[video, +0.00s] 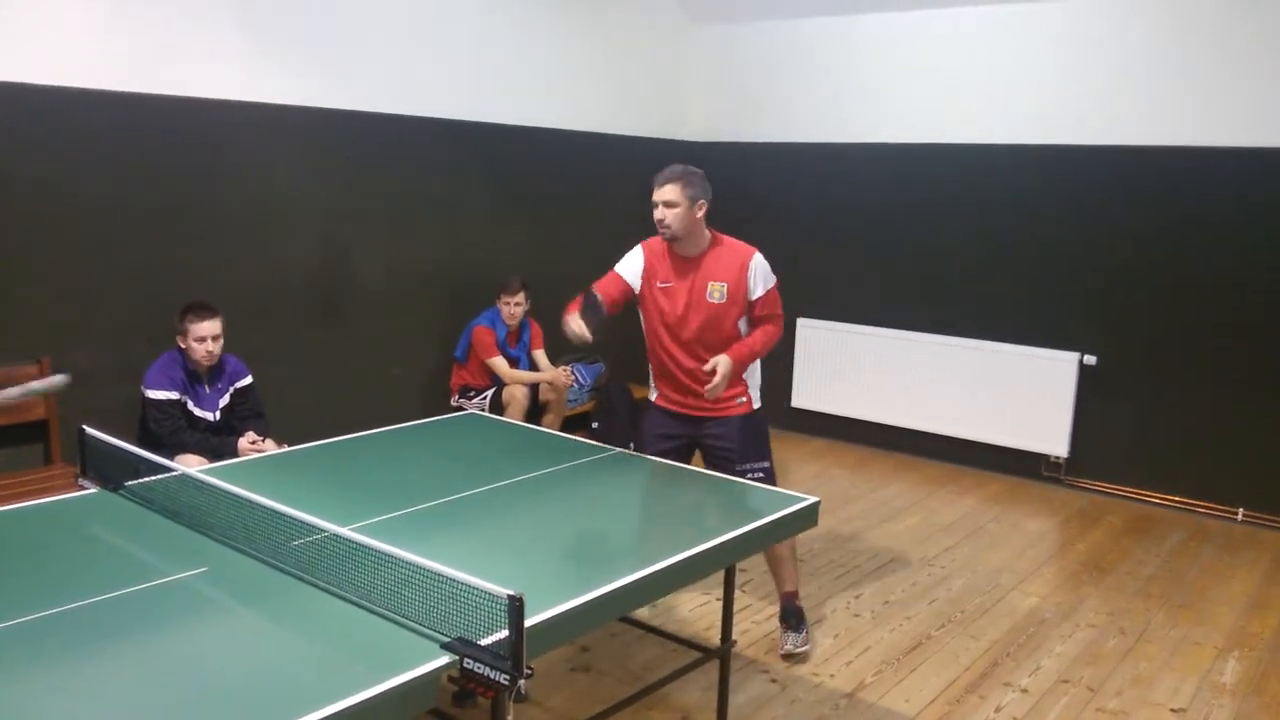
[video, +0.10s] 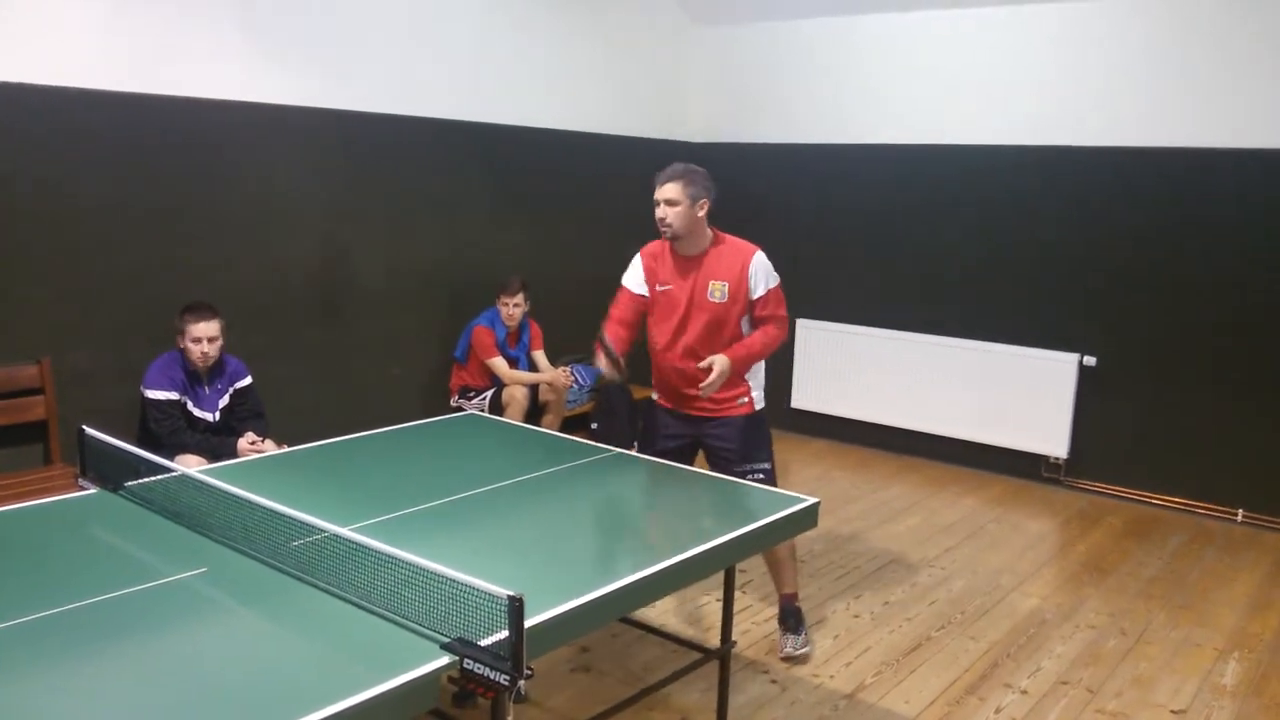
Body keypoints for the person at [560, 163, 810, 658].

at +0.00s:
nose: (658, 216)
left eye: (668, 207)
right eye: (655, 206)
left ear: (699, 209)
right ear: (656, 209)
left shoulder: (745, 261)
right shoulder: (647, 255)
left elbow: (771, 324)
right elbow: (599, 296)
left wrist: (734, 358)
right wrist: (577, 316)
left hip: (732, 412)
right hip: (667, 408)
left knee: (763, 507)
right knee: (639, 497)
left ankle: (791, 611)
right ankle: (623, 584)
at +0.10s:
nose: (659, 213)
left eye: (669, 204)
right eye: (656, 204)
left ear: (702, 207)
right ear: (657, 208)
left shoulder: (747, 260)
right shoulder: (648, 260)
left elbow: (775, 326)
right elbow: (620, 323)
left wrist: (731, 358)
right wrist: (607, 358)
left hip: (734, 413)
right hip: (667, 408)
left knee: (763, 507)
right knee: (642, 501)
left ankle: (790, 612)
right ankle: (618, 588)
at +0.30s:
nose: (674, 217)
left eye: (685, 208)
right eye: (672, 208)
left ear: (717, 212)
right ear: (672, 212)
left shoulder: (765, 269)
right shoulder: (669, 269)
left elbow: (784, 346)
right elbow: (670, 334)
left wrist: (726, 385)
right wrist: (673, 380)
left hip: (758, 422)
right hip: (693, 419)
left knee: (776, 517)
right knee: (668, 507)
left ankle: (793, 616)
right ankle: (638, 589)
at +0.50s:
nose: (696, 209)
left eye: (707, 201)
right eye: (694, 200)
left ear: (740, 206)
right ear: (696, 206)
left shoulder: (782, 265)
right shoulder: (697, 261)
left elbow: (796, 344)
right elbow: (699, 329)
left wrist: (728, 377)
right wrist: (699, 365)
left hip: (781, 424)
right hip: (724, 416)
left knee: (787, 523)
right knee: (699, 503)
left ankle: (793, 616)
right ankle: (686, 578)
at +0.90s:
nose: (690, 259)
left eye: (697, 248)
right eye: (686, 250)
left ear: (727, 236)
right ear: (687, 244)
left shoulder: (788, 274)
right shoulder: (695, 287)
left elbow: (826, 347)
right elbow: (697, 352)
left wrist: (794, 414)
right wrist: (712, 404)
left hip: (807, 407)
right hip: (745, 408)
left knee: (818, 508)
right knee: (717, 496)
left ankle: (825, 619)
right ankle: (715, 582)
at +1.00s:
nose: (696, 294)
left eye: (700, 284)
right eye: (689, 286)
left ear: (723, 263)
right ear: (682, 275)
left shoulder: (788, 281)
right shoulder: (689, 300)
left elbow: (831, 345)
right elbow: (687, 348)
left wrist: (826, 413)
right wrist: (698, 402)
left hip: (810, 402)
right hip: (748, 402)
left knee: (844, 493)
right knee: (724, 490)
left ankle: (863, 593)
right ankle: (714, 584)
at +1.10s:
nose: (729, 311)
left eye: (733, 303)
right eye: (720, 306)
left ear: (749, 276)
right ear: (704, 290)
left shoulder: (802, 287)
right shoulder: (693, 301)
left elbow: (849, 340)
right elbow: (677, 333)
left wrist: (870, 401)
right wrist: (674, 383)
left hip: (822, 395)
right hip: (755, 400)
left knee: (867, 478)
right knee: (723, 485)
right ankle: (715, 581)